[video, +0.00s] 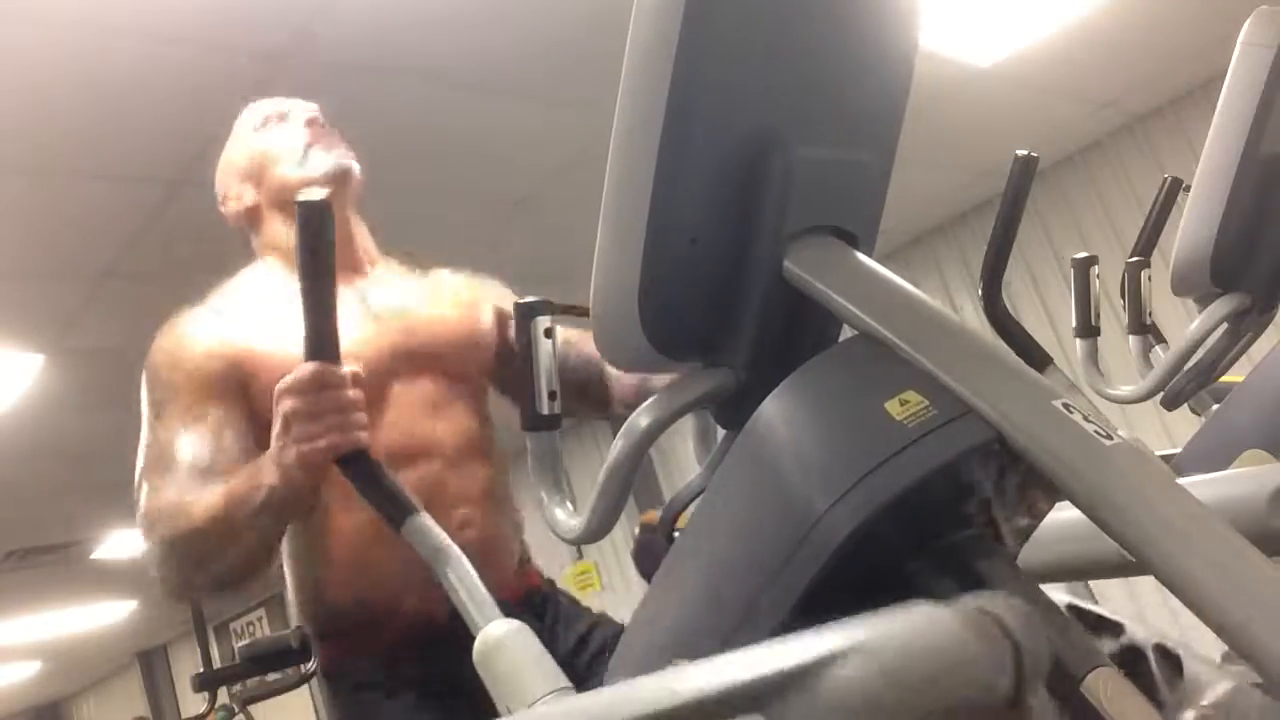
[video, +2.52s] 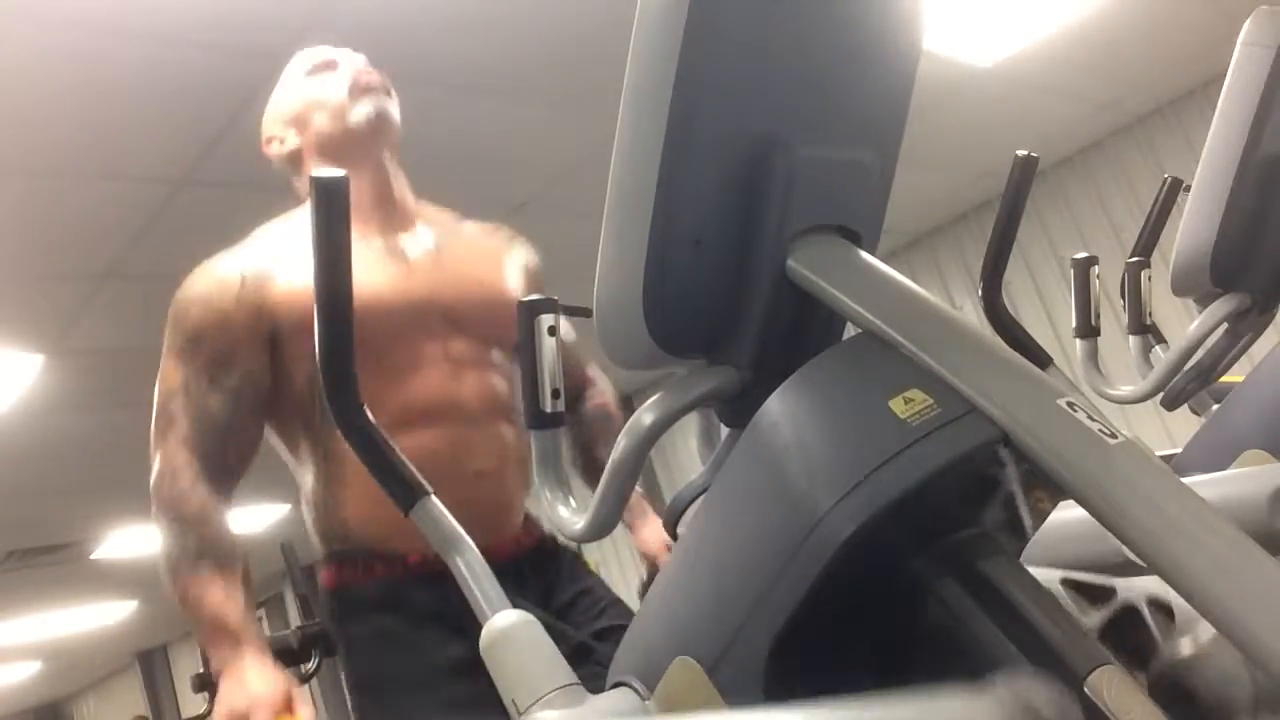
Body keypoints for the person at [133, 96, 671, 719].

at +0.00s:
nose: (316, 117)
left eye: (322, 116)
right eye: (275, 117)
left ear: (353, 164)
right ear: (234, 192)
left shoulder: (457, 298)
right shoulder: (205, 341)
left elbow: (617, 375)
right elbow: (183, 557)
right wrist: (281, 473)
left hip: (537, 624)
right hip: (386, 674)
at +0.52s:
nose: (371, 135)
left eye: (378, 125)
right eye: (340, 132)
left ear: (408, 160)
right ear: (305, 189)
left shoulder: (495, 299)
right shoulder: (267, 316)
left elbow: (599, 394)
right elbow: (242, 458)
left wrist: (647, 417)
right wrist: (317, 404)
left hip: (526, 613)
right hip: (393, 631)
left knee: (602, 716)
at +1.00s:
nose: (353, 83)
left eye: (364, 82)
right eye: (317, 82)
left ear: (391, 130)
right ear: (274, 154)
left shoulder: (477, 268)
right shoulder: (239, 276)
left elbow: (594, 380)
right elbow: (164, 450)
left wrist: (712, 378)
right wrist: (254, 544)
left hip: (525, 590)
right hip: (380, 622)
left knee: (697, 689)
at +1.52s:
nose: (364, 59)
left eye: (371, 57)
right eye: (323, 60)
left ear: (393, 108)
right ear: (284, 132)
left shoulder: (511, 247)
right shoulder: (249, 274)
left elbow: (599, 382)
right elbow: (185, 464)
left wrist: (715, 391)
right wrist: (239, 610)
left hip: (547, 571)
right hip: (405, 594)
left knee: (646, 709)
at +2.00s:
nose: (356, 70)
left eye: (368, 72)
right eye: (322, 77)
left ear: (400, 110)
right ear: (291, 152)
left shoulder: (520, 243)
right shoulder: (255, 268)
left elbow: (601, 391)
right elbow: (191, 453)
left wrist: (652, 531)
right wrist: (234, 622)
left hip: (558, 570)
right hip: (407, 599)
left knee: (674, 707)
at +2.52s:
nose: (363, 69)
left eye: (370, 64)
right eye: (323, 68)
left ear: (394, 106)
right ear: (280, 139)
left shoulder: (501, 252)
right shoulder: (241, 284)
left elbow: (582, 388)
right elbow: (186, 483)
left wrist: (644, 513)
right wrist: (239, 658)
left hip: (540, 574)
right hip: (392, 604)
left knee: (684, 703)